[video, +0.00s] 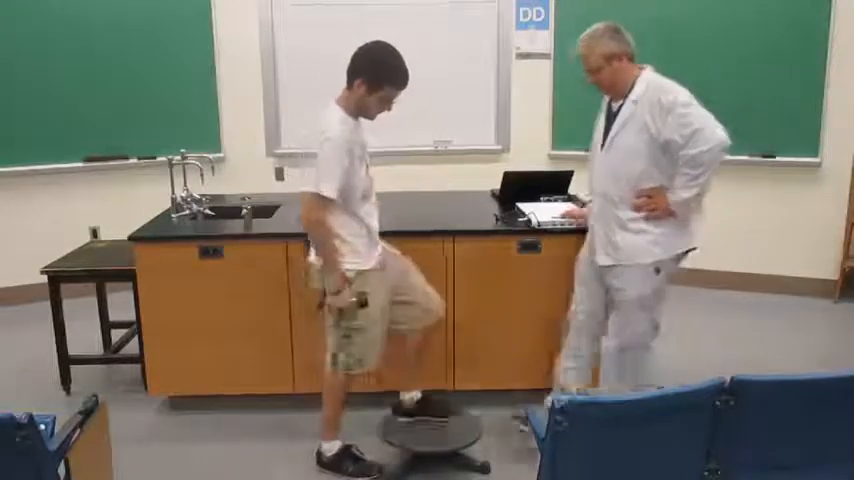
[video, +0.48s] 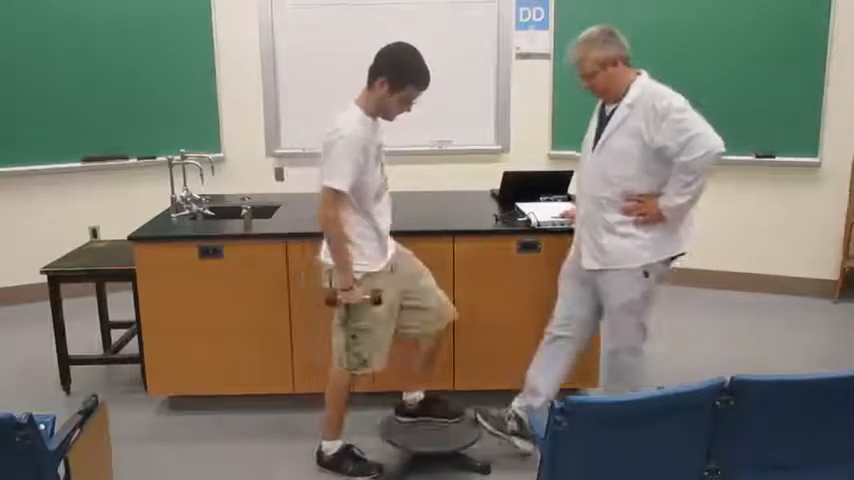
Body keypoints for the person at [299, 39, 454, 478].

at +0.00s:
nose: (390, 107)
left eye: (394, 98)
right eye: (387, 98)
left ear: (361, 87)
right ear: (360, 85)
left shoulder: (352, 124)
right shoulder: (337, 133)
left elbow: (347, 206)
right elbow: (312, 213)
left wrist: (375, 248)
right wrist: (336, 272)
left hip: (373, 255)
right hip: (346, 265)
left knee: (426, 311)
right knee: (343, 359)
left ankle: (409, 399)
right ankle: (330, 446)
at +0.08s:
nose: (390, 107)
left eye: (394, 98)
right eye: (387, 98)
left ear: (361, 87)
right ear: (360, 85)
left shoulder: (351, 124)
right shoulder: (337, 133)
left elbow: (347, 206)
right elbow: (312, 213)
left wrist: (375, 248)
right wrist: (336, 272)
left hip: (372, 254)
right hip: (347, 265)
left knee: (426, 311)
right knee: (343, 359)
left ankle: (409, 399)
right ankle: (330, 446)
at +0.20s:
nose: (405, 106)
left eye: (409, 98)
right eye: (403, 96)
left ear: (377, 85)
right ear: (376, 83)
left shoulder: (366, 123)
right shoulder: (346, 132)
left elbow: (361, 204)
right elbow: (326, 212)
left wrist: (385, 251)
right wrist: (341, 276)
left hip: (382, 254)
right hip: (354, 266)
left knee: (430, 314)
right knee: (349, 360)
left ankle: (413, 401)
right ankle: (332, 445)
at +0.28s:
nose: (405, 106)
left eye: (409, 98)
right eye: (403, 96)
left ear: (377, 85)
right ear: (376, 83)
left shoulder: (366, 123)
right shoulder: (346, 132)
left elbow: (361, 203)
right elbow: (326, 212)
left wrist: (384, 251)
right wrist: (341, 277)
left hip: (382, 254)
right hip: (354, 266)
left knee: (430, 314)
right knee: (350, 361)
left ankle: (413, 401)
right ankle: (331, 446)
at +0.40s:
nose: (409, 109)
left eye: (413, 101)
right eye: (407, 99)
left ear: (384, 86)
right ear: (382, 84)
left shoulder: (369, 126)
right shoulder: (350, 132)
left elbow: (363, 205)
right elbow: (329, 210)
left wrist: (385, 252)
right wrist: (346, 276)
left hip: (386, 257)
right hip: (357, 269)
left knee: (436, 317)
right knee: (348, 362)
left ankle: (415, 401)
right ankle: (330, 446)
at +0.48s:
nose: (409, 109)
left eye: (413, 101)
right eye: (407, 99)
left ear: (384, 86)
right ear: (382, 84)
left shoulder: (369, 126)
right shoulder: (350, 132)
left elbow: (363, 205)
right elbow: (328, 210)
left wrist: (385, 252)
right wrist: (346, 276)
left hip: (386, 257)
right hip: (357, 269)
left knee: (436, 317)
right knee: (348, 362)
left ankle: (415, 401)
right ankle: (330, 446)